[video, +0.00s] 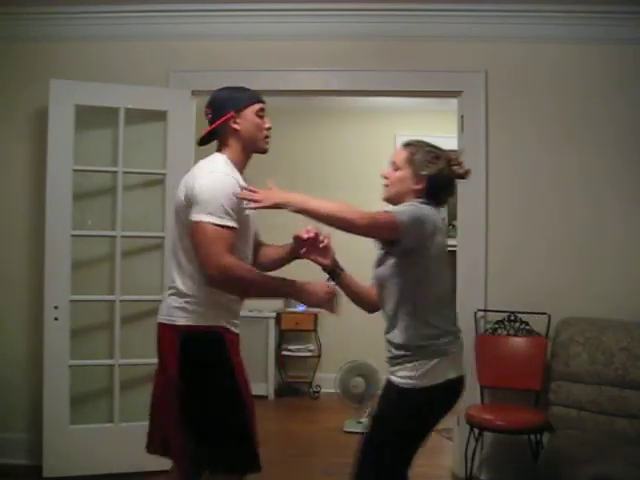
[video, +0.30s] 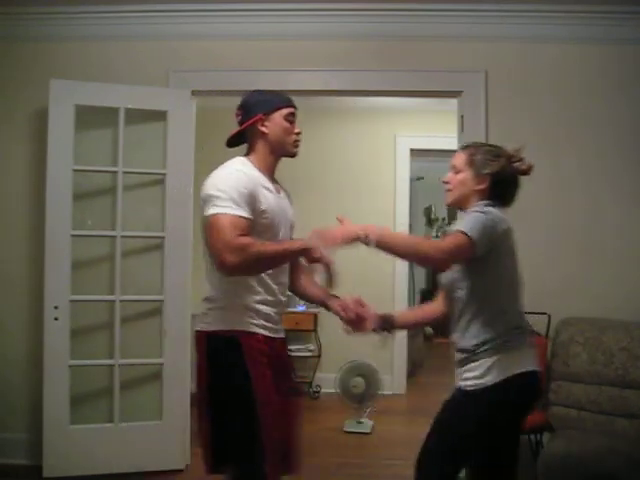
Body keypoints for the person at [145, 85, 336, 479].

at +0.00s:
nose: (269, 124)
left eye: (266, 116)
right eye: (260, 115)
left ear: (234, 125)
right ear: (232, 123)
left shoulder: (230, 181)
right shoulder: (214, 178)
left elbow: (252, 257)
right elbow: (218, 266)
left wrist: (293, 249)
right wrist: (296, 289)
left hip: (206, 330)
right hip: (197, 333)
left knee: (195, 458)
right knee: (225, 460)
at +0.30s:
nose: (298, 128)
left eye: (296, 120)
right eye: (289, 119)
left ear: (269, 128)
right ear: (261, 125)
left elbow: (294, 274)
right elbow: (230, 254)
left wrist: (334, 301)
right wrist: (303, 246)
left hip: (269, 337)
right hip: (234, 337)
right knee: (244, 460)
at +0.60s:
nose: (328, 130)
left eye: (326, 122)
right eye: (320, 121)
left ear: (296, 130)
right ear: (292, 128)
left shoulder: (290, 183)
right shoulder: (276, 179)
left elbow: (317, 259)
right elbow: (310, 255)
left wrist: (374, 273)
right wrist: (374, 268)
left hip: (295, 334)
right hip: (277, 337)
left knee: (334, 446)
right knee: (290, 455)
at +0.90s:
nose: (336, 133)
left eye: (334, 124)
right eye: (328, 124)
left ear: (298, 132)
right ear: (300, 129)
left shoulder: (285, 179)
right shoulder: (287, 176)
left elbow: (305, 266)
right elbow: (319, 230)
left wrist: (363, 272)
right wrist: (389, 224)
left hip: (287, 334)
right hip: (293, 336)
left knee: (307, 458)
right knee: (325, 458)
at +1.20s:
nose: (310, 131)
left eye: (310, 124)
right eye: (303, 122)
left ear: (276, 128)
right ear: (274, 125)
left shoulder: (267, 173)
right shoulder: (258, 167)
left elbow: (259, 261)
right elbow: (323, 189)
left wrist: (310, 258)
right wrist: (344, 147)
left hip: (269, 326)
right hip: (252, 328)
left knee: (309, 436)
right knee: (271, 450)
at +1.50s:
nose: (273, 134)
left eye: (273, 126)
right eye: (265, 124)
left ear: (237, 130)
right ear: (235, 126)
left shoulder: (224, 176)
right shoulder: (220, 166)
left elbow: (216, 261)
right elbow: (306, 167)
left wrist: (270, 261)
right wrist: (328, 127)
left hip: (203, 328)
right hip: (206, 329)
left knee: (200, 452)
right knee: (250, 454)